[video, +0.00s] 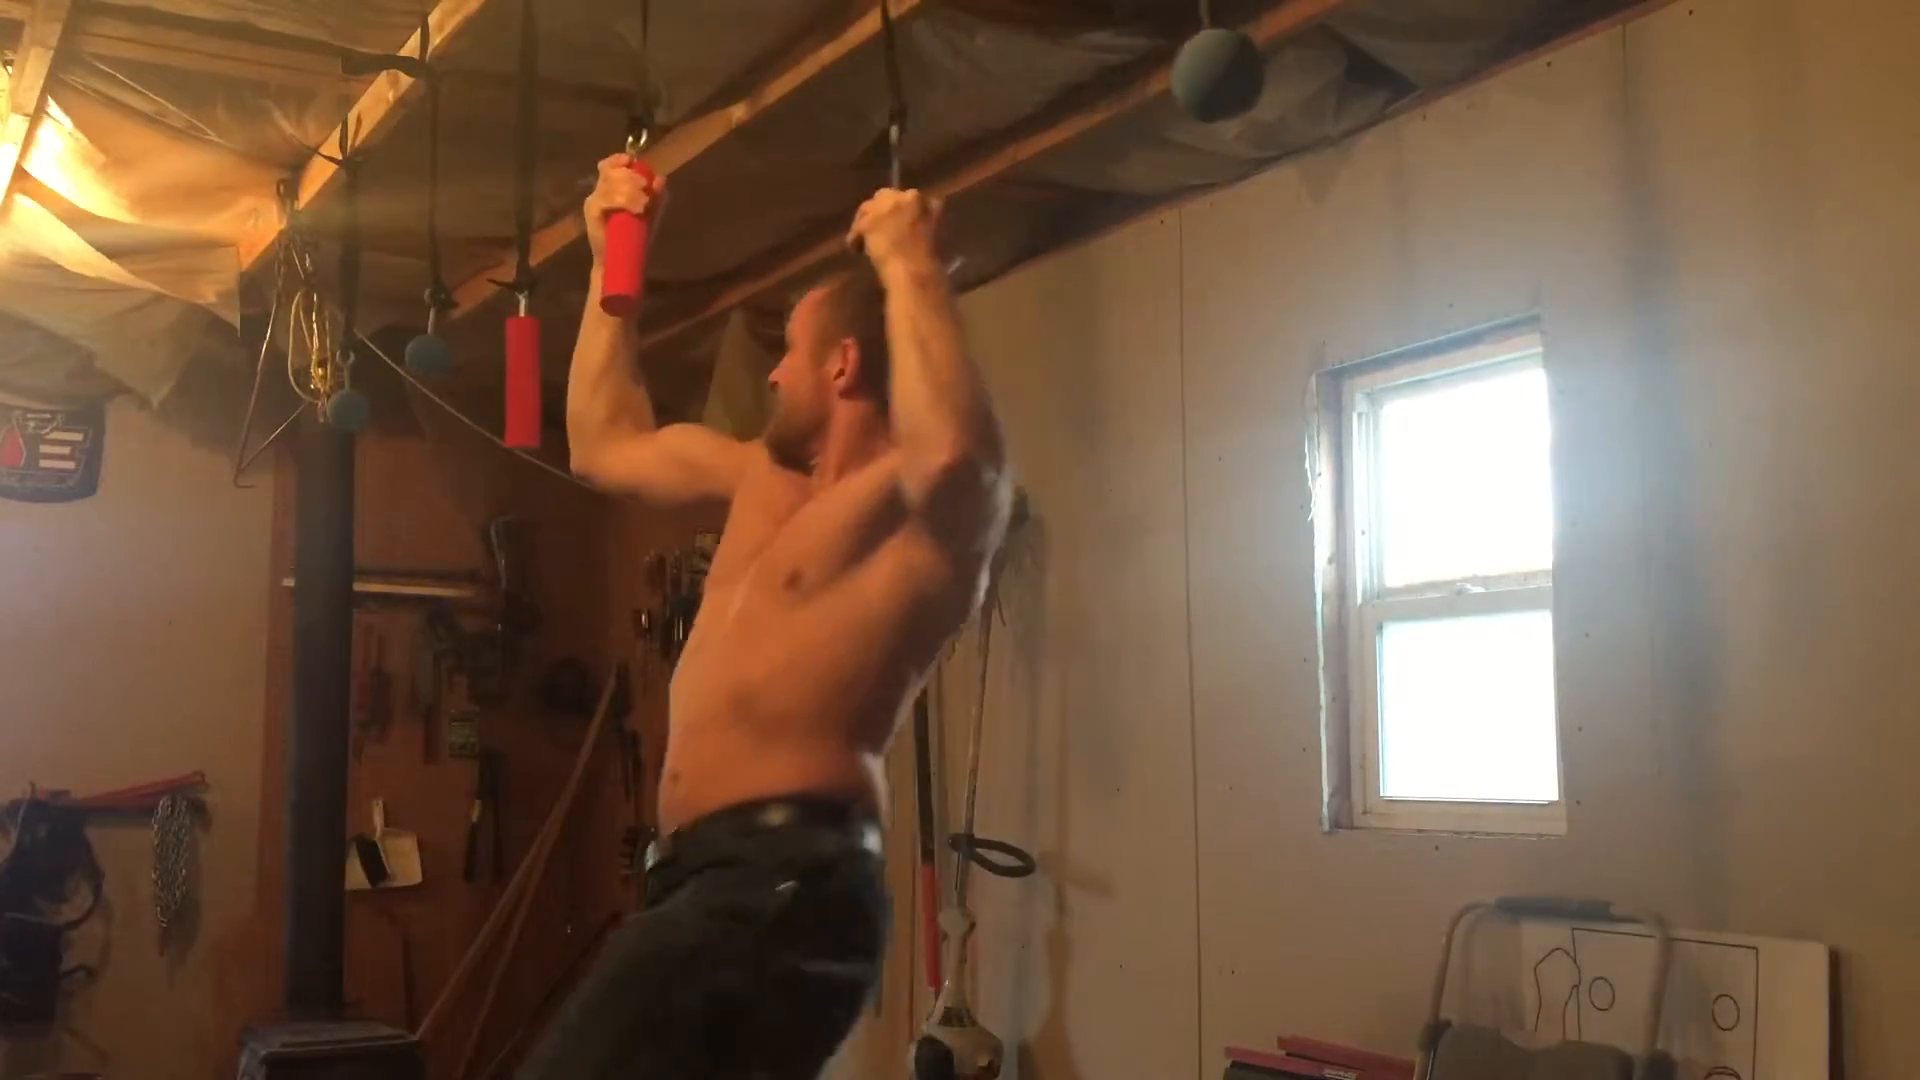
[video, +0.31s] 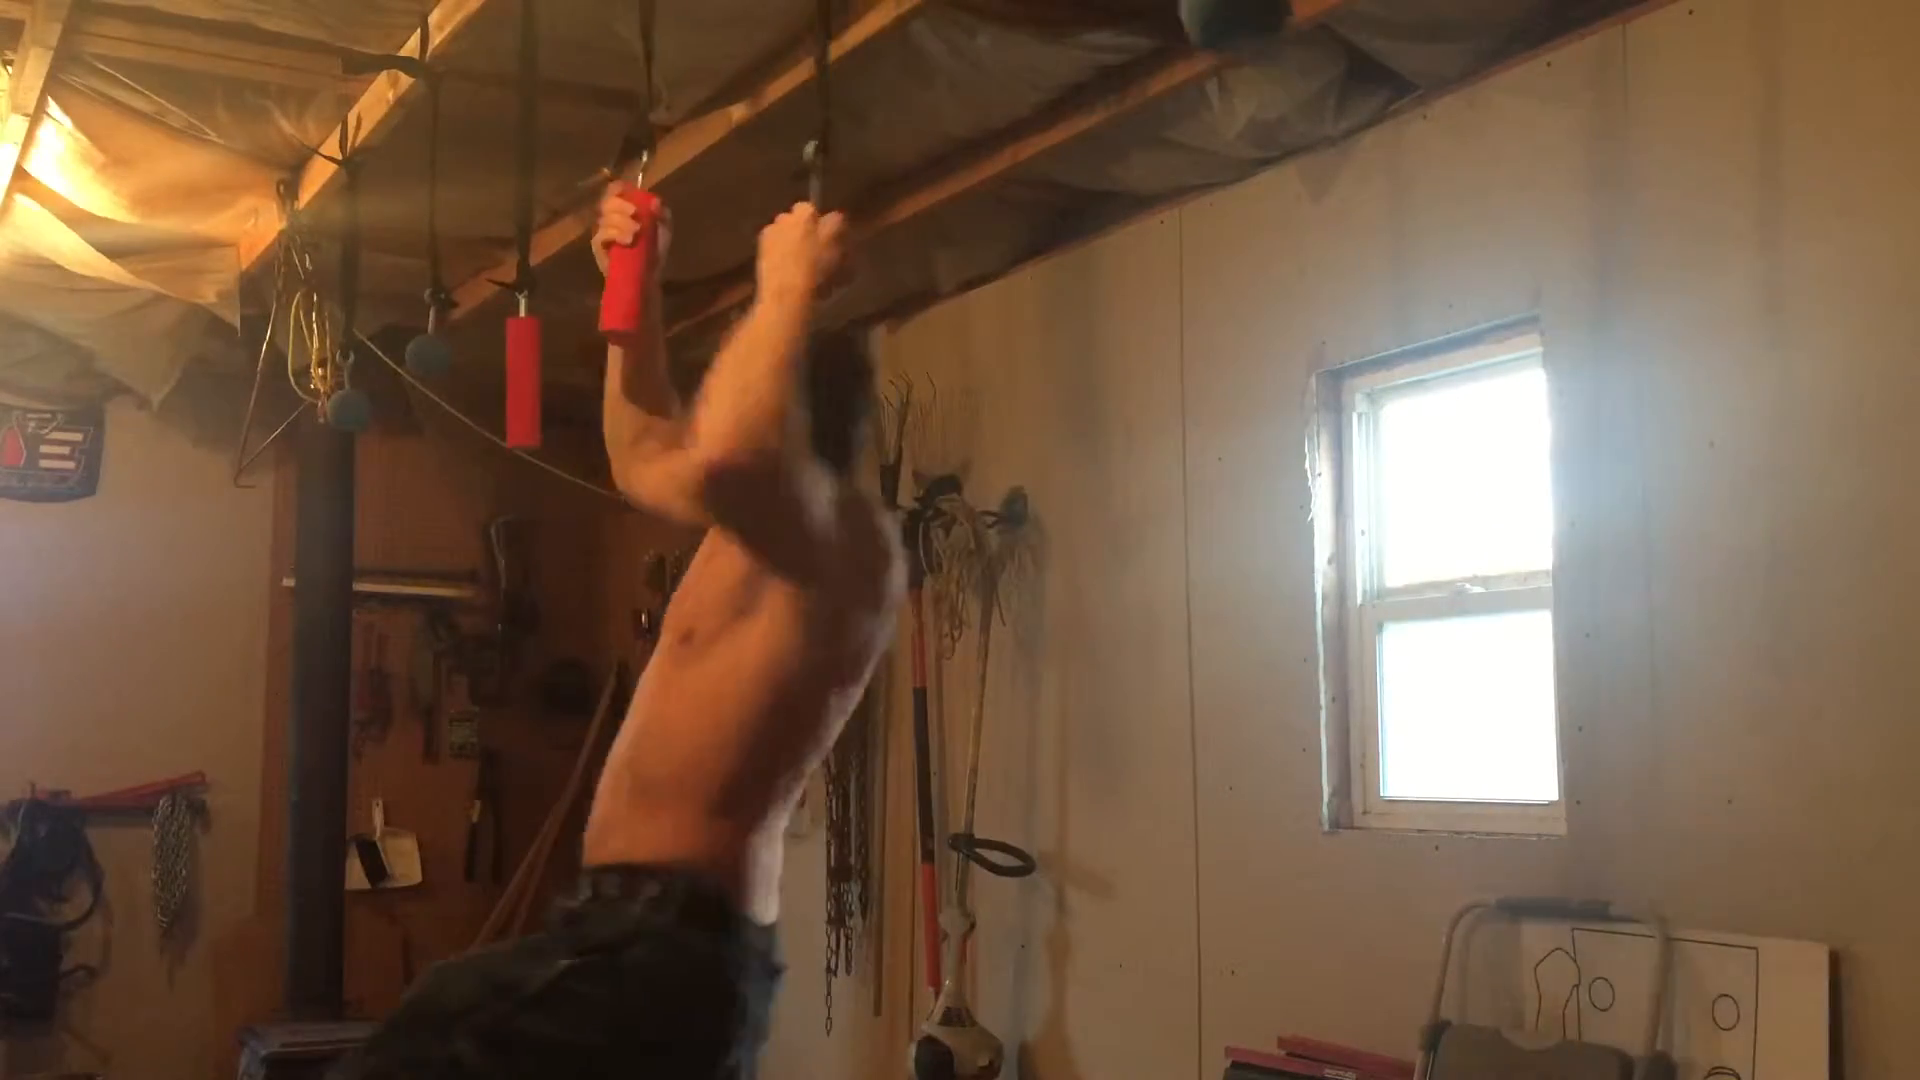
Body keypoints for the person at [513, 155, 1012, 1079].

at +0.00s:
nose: (772, 374)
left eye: (787, 352)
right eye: (778, 353)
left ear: (844, 367)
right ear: (846, 368)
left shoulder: (925, 506)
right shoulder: (755, 476)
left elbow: (951, 454)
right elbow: (605, 445)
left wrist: (913, 263)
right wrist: (615, 257)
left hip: (788, 880)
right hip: (695, 876)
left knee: (575, 1061)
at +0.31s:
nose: (730, 399)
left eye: (748, 379)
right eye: (735, 382)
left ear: (811, 408)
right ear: (770, 412)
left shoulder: (849, 543)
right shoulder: (755, 528)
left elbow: (736, 456)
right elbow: (646, 459)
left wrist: (784, 289)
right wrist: (631, 284)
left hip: (671, 949)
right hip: (629, 931)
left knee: (419, 1044)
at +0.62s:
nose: (606, 452)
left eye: (613, 431)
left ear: (621, 445)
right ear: (740, 438)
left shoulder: (616, 541)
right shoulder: (801, 540)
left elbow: (445, 393)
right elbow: (721, 450)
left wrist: (616, 269)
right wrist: (657, 290)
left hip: (539, 913)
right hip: (685, 938)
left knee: (425, 1025)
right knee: (642, 1064)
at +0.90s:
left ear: (512, 431)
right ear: (644, 414)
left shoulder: (463, 549)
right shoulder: (715, 508)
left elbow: (453, 459)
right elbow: (693, 404)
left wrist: (460, 351)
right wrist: (657, 301)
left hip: (534, 859)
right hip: (689, 879)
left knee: (453, 940)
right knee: (705, 1047)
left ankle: (407, 1040)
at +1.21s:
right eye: (465, 446)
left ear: (372, 513)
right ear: (466, 480)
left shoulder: (384, 607)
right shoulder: (554, 553)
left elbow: (473, 504)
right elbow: (717, 457)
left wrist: (500, 377)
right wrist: (646, 292)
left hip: (536, 921)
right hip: (670, 912)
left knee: (575, 1066)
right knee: (812, 1068)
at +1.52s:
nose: (465, 476)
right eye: (453, 464)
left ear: (356, 534)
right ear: (447, 485)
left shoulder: (387, 615)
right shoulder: (486, 572)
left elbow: (500, 524)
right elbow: (674, 455)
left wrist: (527, 393)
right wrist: (645, 286)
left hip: (548, 937)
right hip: (638, 930)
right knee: (777, 1063)